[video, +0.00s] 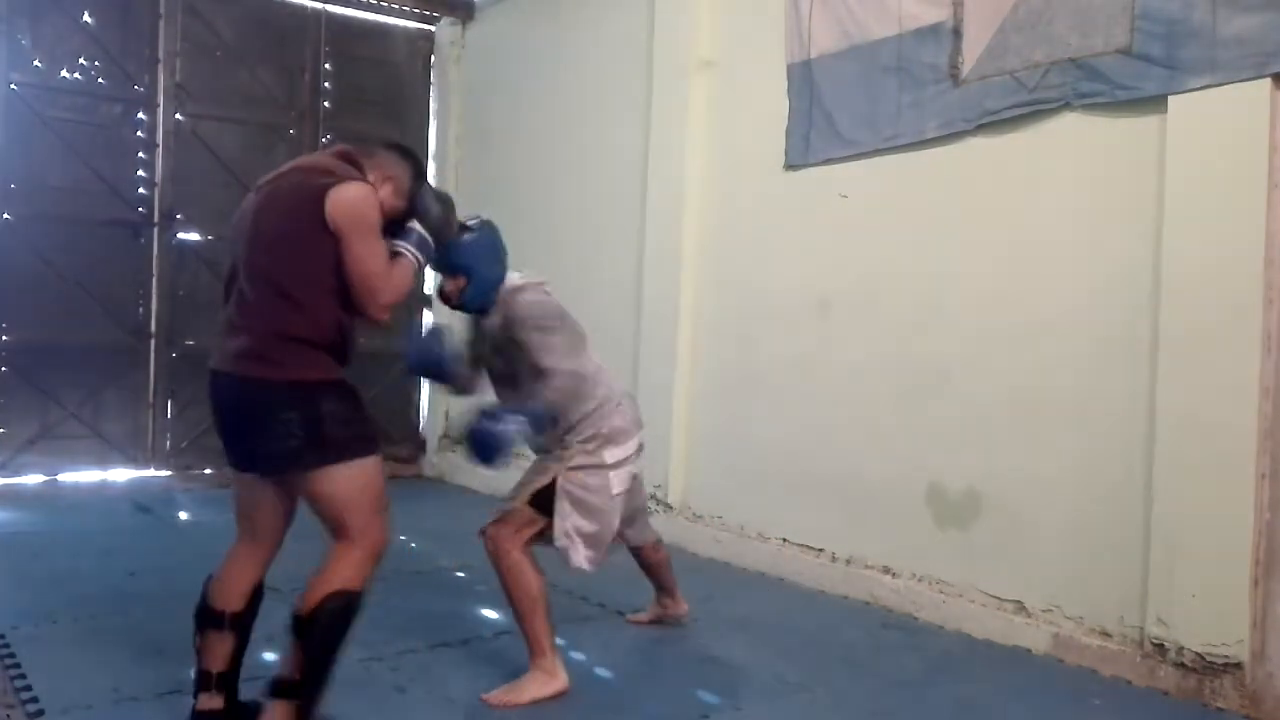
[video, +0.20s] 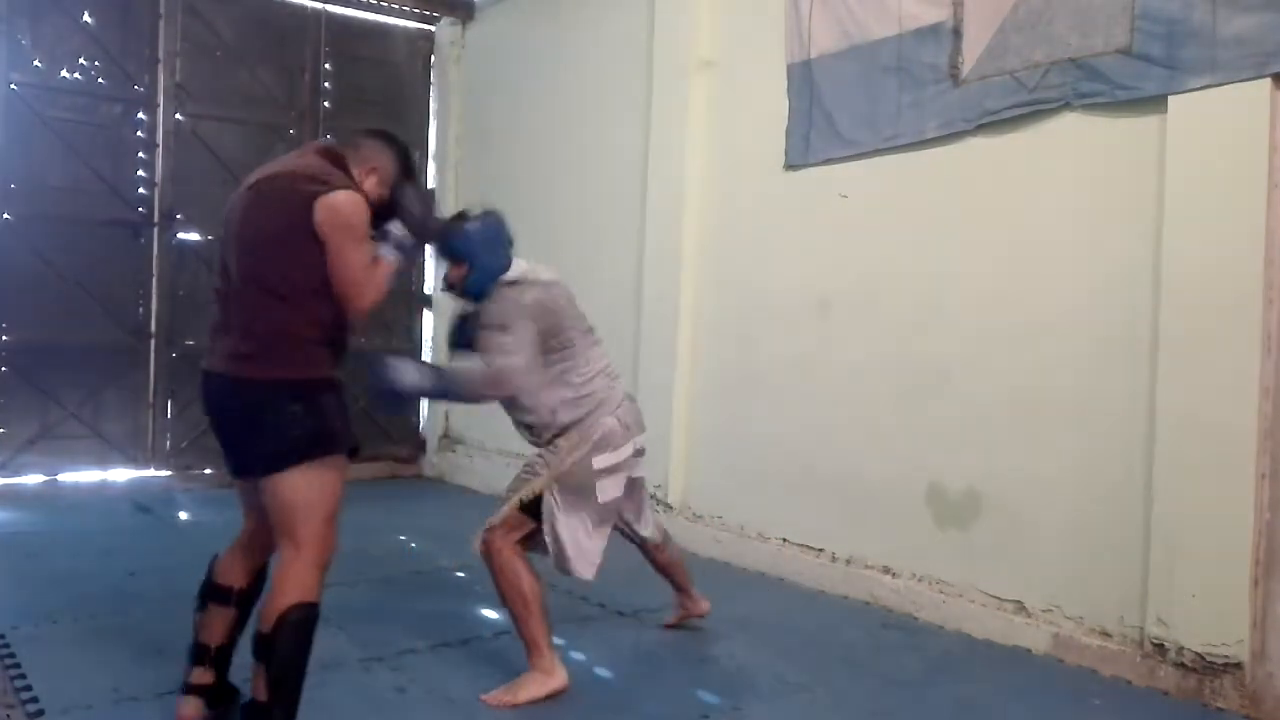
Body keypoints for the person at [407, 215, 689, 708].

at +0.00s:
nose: (442, 287)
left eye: (448, 277)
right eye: (442, 276)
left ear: (474, 276)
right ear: (478, 274)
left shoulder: (527, 307)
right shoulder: (489, 316)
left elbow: (570, 380)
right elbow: (481, 377)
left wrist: (517, 419)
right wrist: (444, 368)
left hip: (600, 440)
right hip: (592, 435)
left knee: (503, 537)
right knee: (633, 524)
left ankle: (546, 669)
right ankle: (671, 601)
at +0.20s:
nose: (447, 277)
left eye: (455, 264)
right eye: (447, 264)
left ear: (480, 262)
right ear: (495, 256)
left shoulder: (508, 301)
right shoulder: (538, 284)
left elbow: (506, 376)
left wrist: (427, 379)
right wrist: (475, 330)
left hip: (586, 439)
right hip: (616, 426)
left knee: (498, 541)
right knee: (637, 520)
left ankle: (545, 668)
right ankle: (690, 598)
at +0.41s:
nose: (498, 242)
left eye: (507, 231)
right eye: (497, 230)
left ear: (536, 231)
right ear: (530, 233)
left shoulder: (572, 269)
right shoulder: (527, 287)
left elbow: (603, 336)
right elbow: (484, 324)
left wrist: (536, 340)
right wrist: (444, 274)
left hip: (607, 426)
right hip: (609, 425)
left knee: (516, 541)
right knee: (646, 529)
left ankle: (549, 674)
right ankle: (710, 618)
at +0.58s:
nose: (515, 226)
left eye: (518, 218)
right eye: (516, 218)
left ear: (531, 219)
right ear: (578, 216)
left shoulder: (536, 258)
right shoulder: (613, 260)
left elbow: (461, 241)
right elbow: (584, 302)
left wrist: (394, 207)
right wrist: (523, 310)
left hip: (613, 415)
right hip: (664, 404)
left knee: (549, 541)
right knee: (676, 513)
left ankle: (552, 675)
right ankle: (710, 610)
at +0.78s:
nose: (555, 219)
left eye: (559, 210)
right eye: (557, 209)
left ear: (573, 215)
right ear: (616, 211)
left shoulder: (567, 266)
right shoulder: (662, 260)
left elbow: (517, 330)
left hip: (627, 412)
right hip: (681, 406)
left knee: (570, 534)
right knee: (701, 531)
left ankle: (553, 673)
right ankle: (738, 638)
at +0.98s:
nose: (582, 224)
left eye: (585, 214)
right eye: (581, 214)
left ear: (604, 213)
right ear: (640, 207)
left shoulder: (608, 257)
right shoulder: (684, 259)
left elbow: (580, 320)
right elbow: (662, 321)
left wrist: (540, 311)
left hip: (634, 403)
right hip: (688, 401)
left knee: (564, 511)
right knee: (701, 524)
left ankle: (554, 632)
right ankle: (739, 637)